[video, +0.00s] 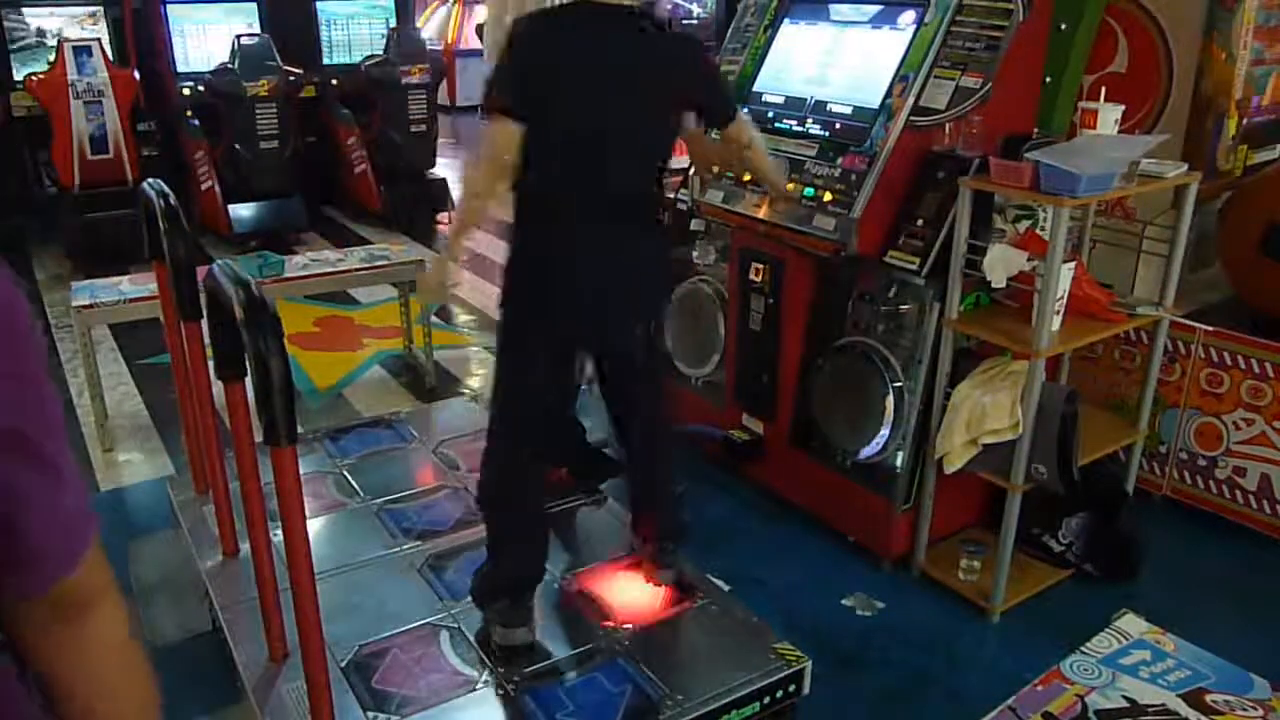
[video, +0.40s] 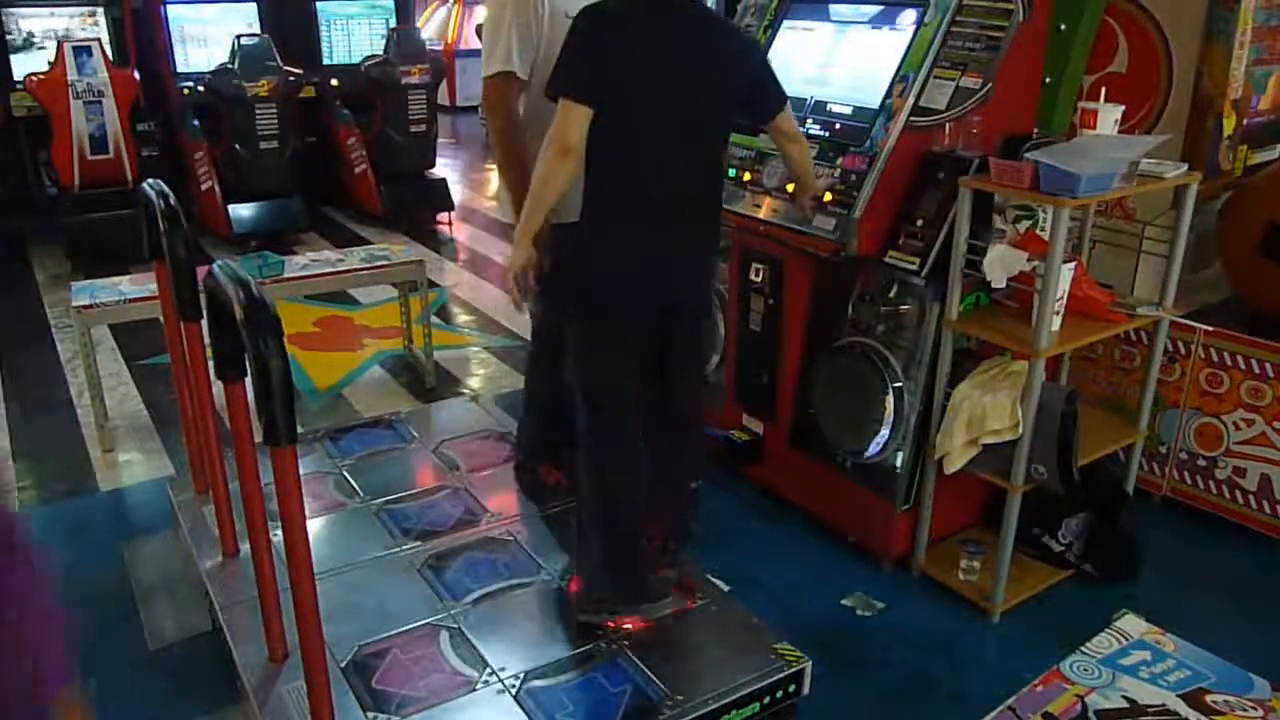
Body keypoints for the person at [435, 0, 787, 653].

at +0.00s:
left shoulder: (536, 35)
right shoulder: (675, 49)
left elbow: (498, 158)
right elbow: (742, 143)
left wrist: (450, 250)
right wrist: (777, 186)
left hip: (544, 269)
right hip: (634, 269)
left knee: (518, 431)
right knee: (643, 408)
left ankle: (510, 606)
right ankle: (660, 550)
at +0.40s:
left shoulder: (601, 24)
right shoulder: (732, 42)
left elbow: (566, 145)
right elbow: (791, 141)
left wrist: (525, 234)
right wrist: (807, 182)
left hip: (606, 252)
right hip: (688, 261)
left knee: (604, 413)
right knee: (676, 404)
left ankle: (614, 579)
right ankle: (667, 550)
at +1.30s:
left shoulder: (627, 41)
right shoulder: (752, 42)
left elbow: (609, 173)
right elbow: (802, 150)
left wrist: (578, 266)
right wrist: (808, 189)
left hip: (653, 267)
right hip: (725, 266)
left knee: (654, 421)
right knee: (701, 410)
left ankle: (734, 556)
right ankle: (666, 535)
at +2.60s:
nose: (651, 4)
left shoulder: (714, 60)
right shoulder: (751, 48)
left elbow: (714, 199)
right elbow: (796, 168)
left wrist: (655, 304)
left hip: (720, 294)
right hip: (748, 285)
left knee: (729, 441)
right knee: (676, 418)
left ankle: (757, 582)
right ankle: (662, 540)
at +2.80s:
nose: (632, 3)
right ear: (664, 1)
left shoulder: (718, 58)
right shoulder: (684, 57)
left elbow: (731, 199)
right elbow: (681, 170)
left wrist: (676, 317)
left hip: (728, 299)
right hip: (684, 288)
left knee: (728, 445)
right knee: (638, 422)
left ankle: (760, 578)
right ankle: (645, 546)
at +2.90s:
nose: (615, 5)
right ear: (627, 4)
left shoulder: (707, 58)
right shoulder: (649, 54)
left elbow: (731, 196)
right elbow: (667, 160)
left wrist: (685, 317)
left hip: (714, 296)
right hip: (657, 291)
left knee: (720, 444)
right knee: (625, 426)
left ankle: (758, 574)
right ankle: (624, 548)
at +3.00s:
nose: (593, 3)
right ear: (606, 4)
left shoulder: (693, 55)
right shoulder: (634, 54)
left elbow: (719, 195)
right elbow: (646, 182)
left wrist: (686, 317)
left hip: (686, 300)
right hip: (640, 293)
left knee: (706, 444)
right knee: (615, 427)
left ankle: (755, 567)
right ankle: (610, 549)